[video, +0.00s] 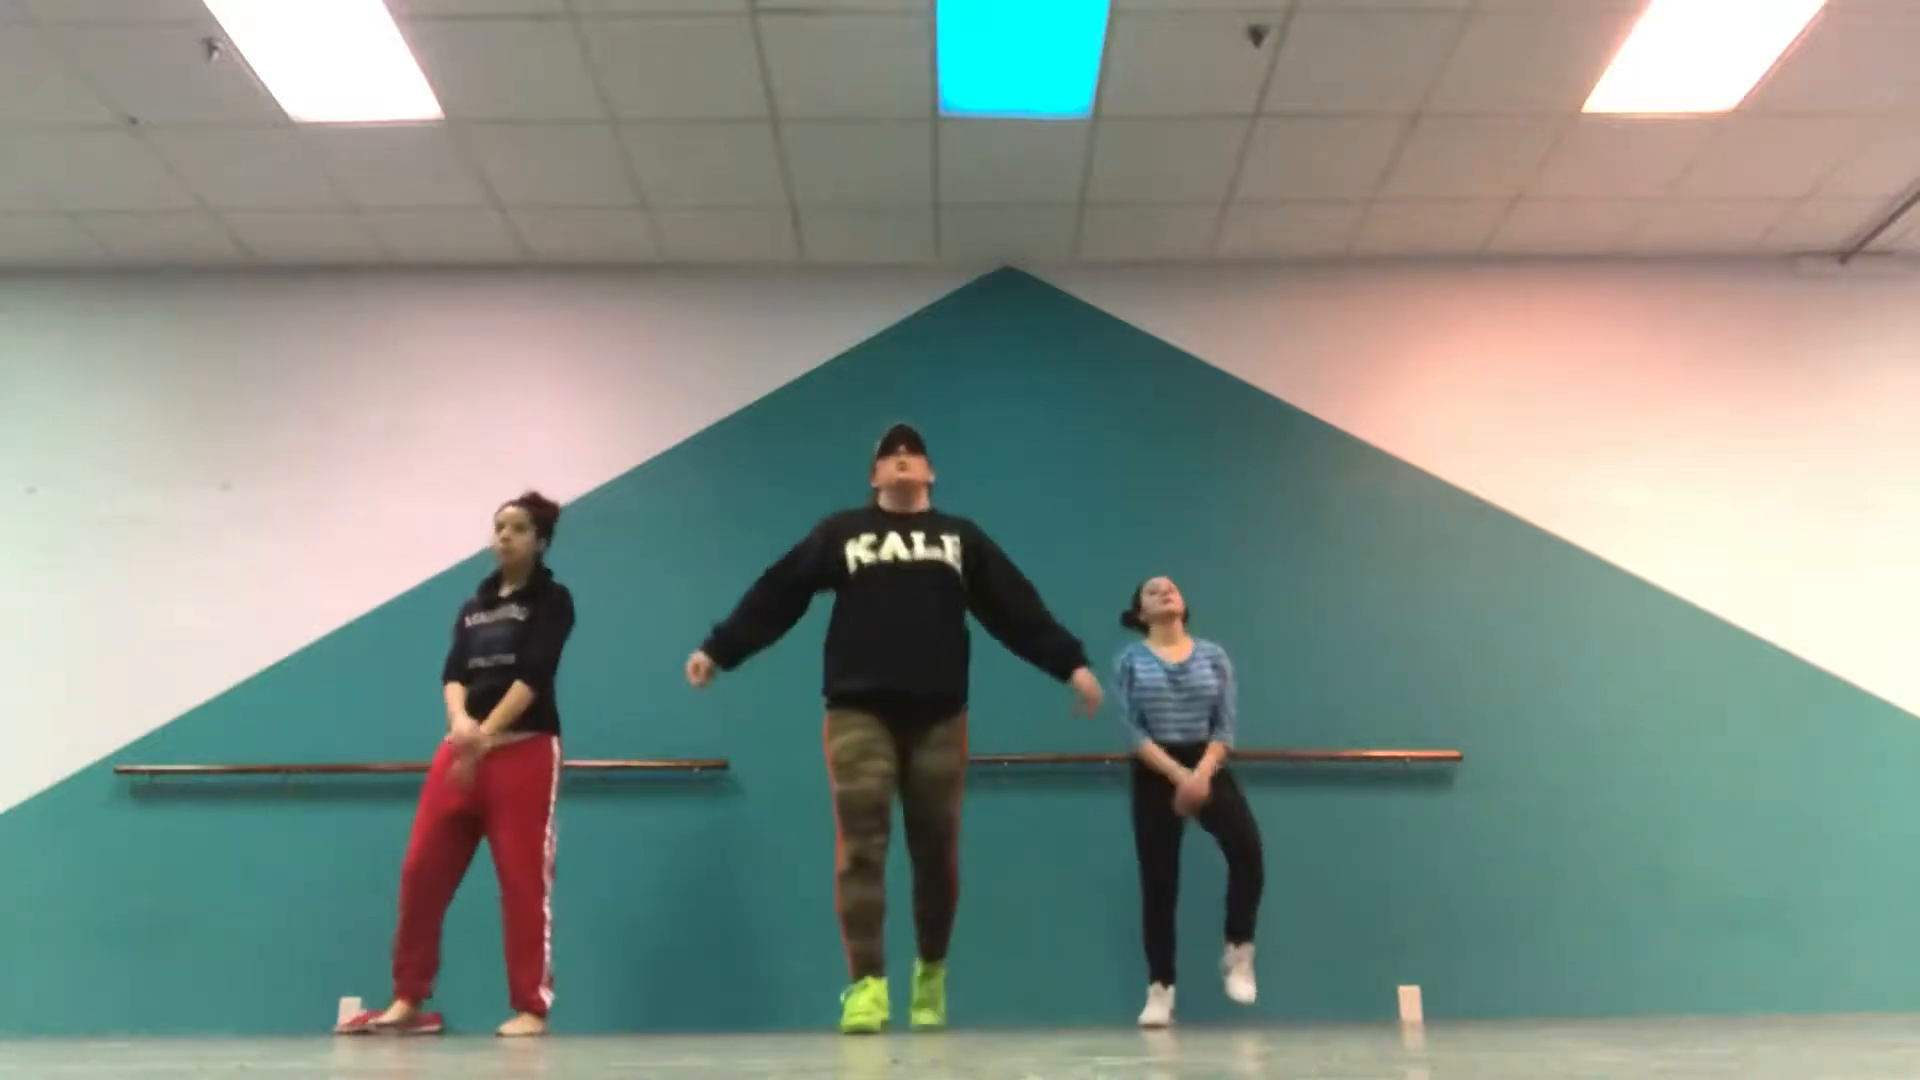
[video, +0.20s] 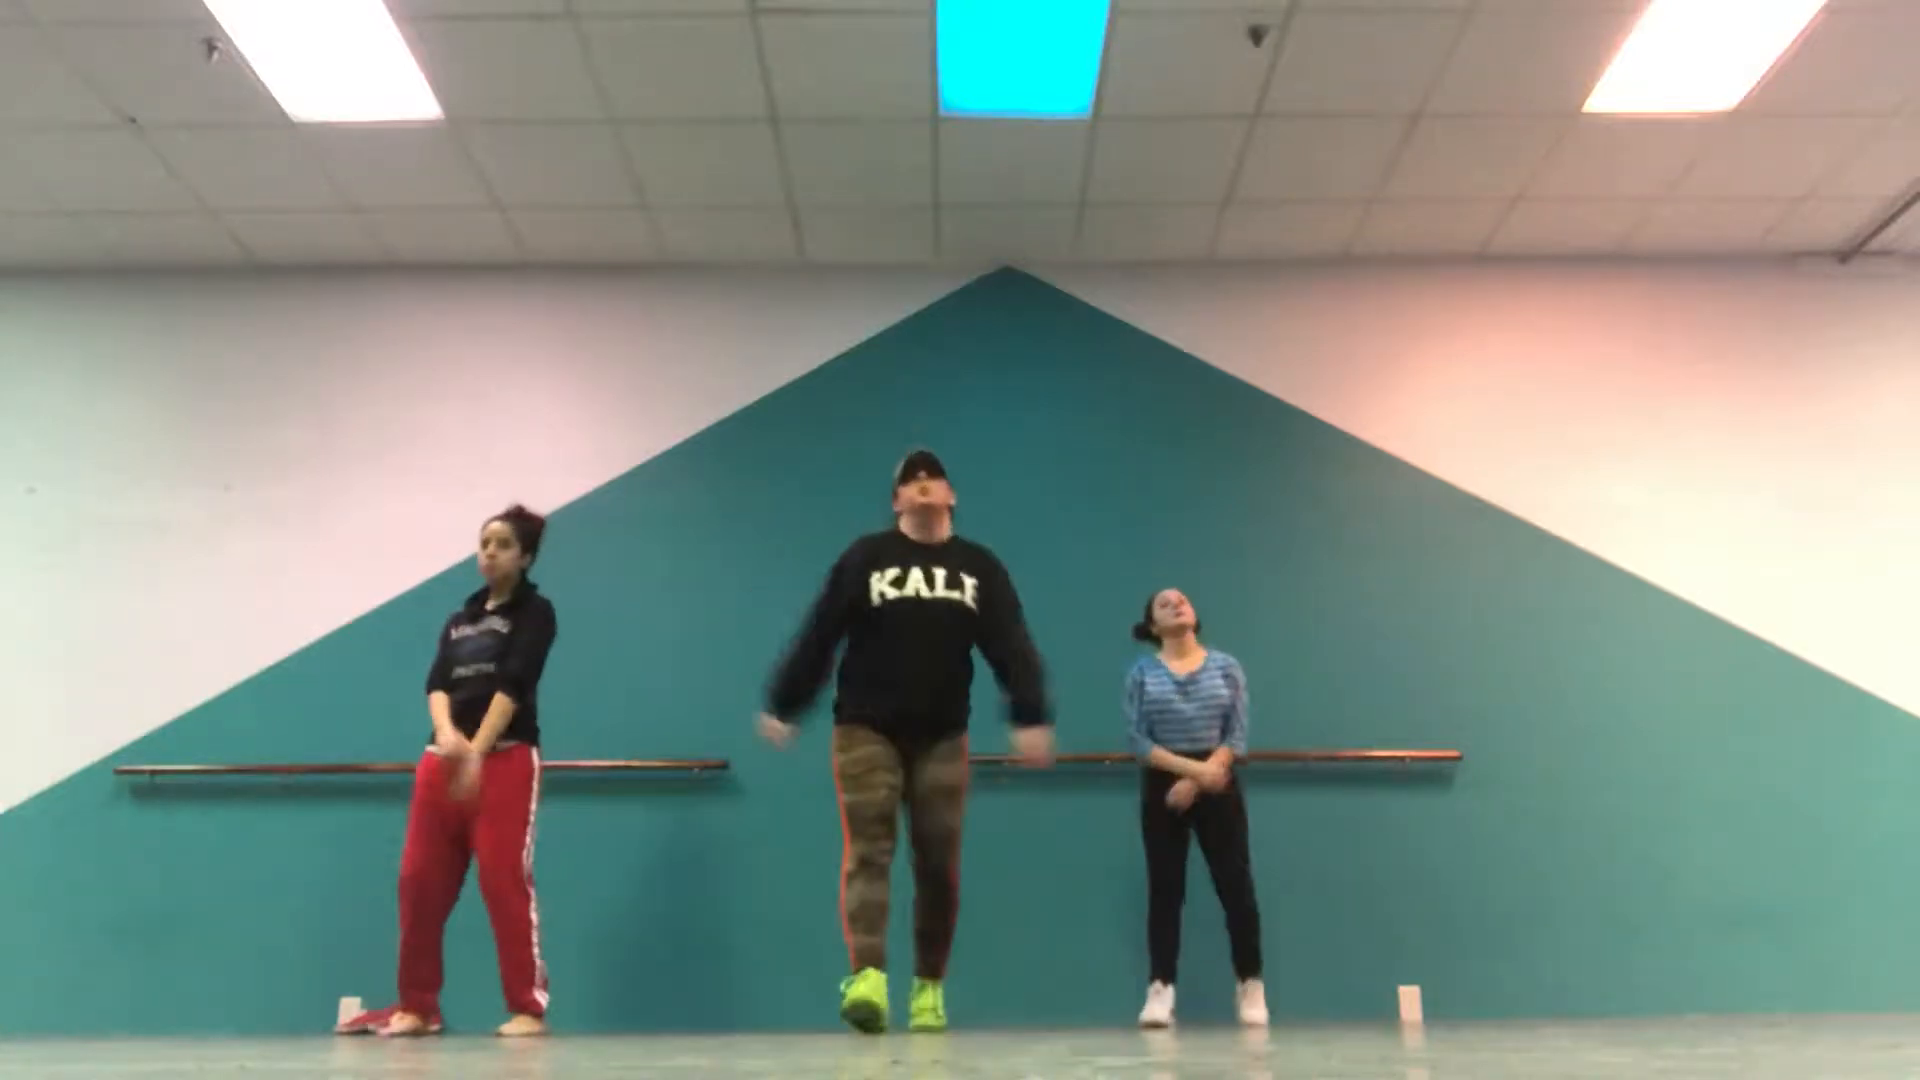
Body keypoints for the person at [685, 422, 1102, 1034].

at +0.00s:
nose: (901, 461)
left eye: (912, 454)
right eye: (890, 455)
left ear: (930, 473)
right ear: (873, 475)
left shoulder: (961, 537)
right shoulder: (839, 533)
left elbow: (1015, 605)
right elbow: (777, 594)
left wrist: (1070, 662)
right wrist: (718, 649)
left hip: (938, 709)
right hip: (858, 707)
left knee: (936, 849)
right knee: (862, 846)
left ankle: (931, 972)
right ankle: (867, 983)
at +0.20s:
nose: (923, 488)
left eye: (933, 480)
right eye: (913, 482)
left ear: (951, 496)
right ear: (897, 500)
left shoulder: (980, 566)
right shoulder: (864, 558)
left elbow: (1011, 642)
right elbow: (821, 633)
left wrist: (1031, 715)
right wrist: (784, 704)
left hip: (941, 729)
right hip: (866, 726)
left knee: (938, 861)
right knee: (869, 851)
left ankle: (930, 985)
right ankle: (867, 976)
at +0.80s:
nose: (914, 500)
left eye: (924, 491)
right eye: (903, 491)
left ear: (939, 502)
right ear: (884, 502)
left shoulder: (964, 552)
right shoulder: (859, 565)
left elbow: (951, 572)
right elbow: (864, 616)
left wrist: (890, 540)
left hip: (950, 716)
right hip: (882, 722)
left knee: (936, 824)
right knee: (894, 862)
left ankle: (934, 950)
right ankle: (920, 992)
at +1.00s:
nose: (929, 466)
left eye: (940, 460)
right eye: (919, 458)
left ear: (954, 475)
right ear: (900, 472)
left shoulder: (976, 534)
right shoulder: (862, 532)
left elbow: (984, 604)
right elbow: (821, 610)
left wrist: (971, 663)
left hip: (940, 699)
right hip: (862, 703)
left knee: (935, 833)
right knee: (864, 842)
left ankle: (933, 972)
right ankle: (903, 941)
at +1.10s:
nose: (930, 478)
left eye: (942, 471)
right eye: (920, 469)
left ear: (957, 486)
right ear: (901, 481)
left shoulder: (970, 564)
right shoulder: (868, 539)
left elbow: (996, 653)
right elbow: (820, 582)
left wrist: (1008, 736)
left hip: (929, 714)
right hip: (850, 707)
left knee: (939, 844)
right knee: (836, 798)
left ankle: (932, 981)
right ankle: (859, 887)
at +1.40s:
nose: (954, 540)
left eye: (967, 531)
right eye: (945, 525)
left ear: (976, 547)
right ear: (919, 528)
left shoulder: (947, 602)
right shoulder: (869, 575)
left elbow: (908, 678)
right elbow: (822, 646)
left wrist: (879, 739)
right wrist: (807, 725)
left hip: (853, 739)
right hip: (773, 721)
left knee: (930, 829)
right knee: (697, 836)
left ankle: (923, 987)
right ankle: (588, 973)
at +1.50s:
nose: (931, 537)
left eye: (941, 526)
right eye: (920, 522)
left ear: (950, 533)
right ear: (891, 523)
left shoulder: (923, 601)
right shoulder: (854, 575)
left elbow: (887, 674)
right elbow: (836, 657)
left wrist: (858, 746)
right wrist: (825, 743)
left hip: (844, 754)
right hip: (767, 743)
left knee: (934, 834)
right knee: (683, 862)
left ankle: (924, 989)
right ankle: (573, 989)